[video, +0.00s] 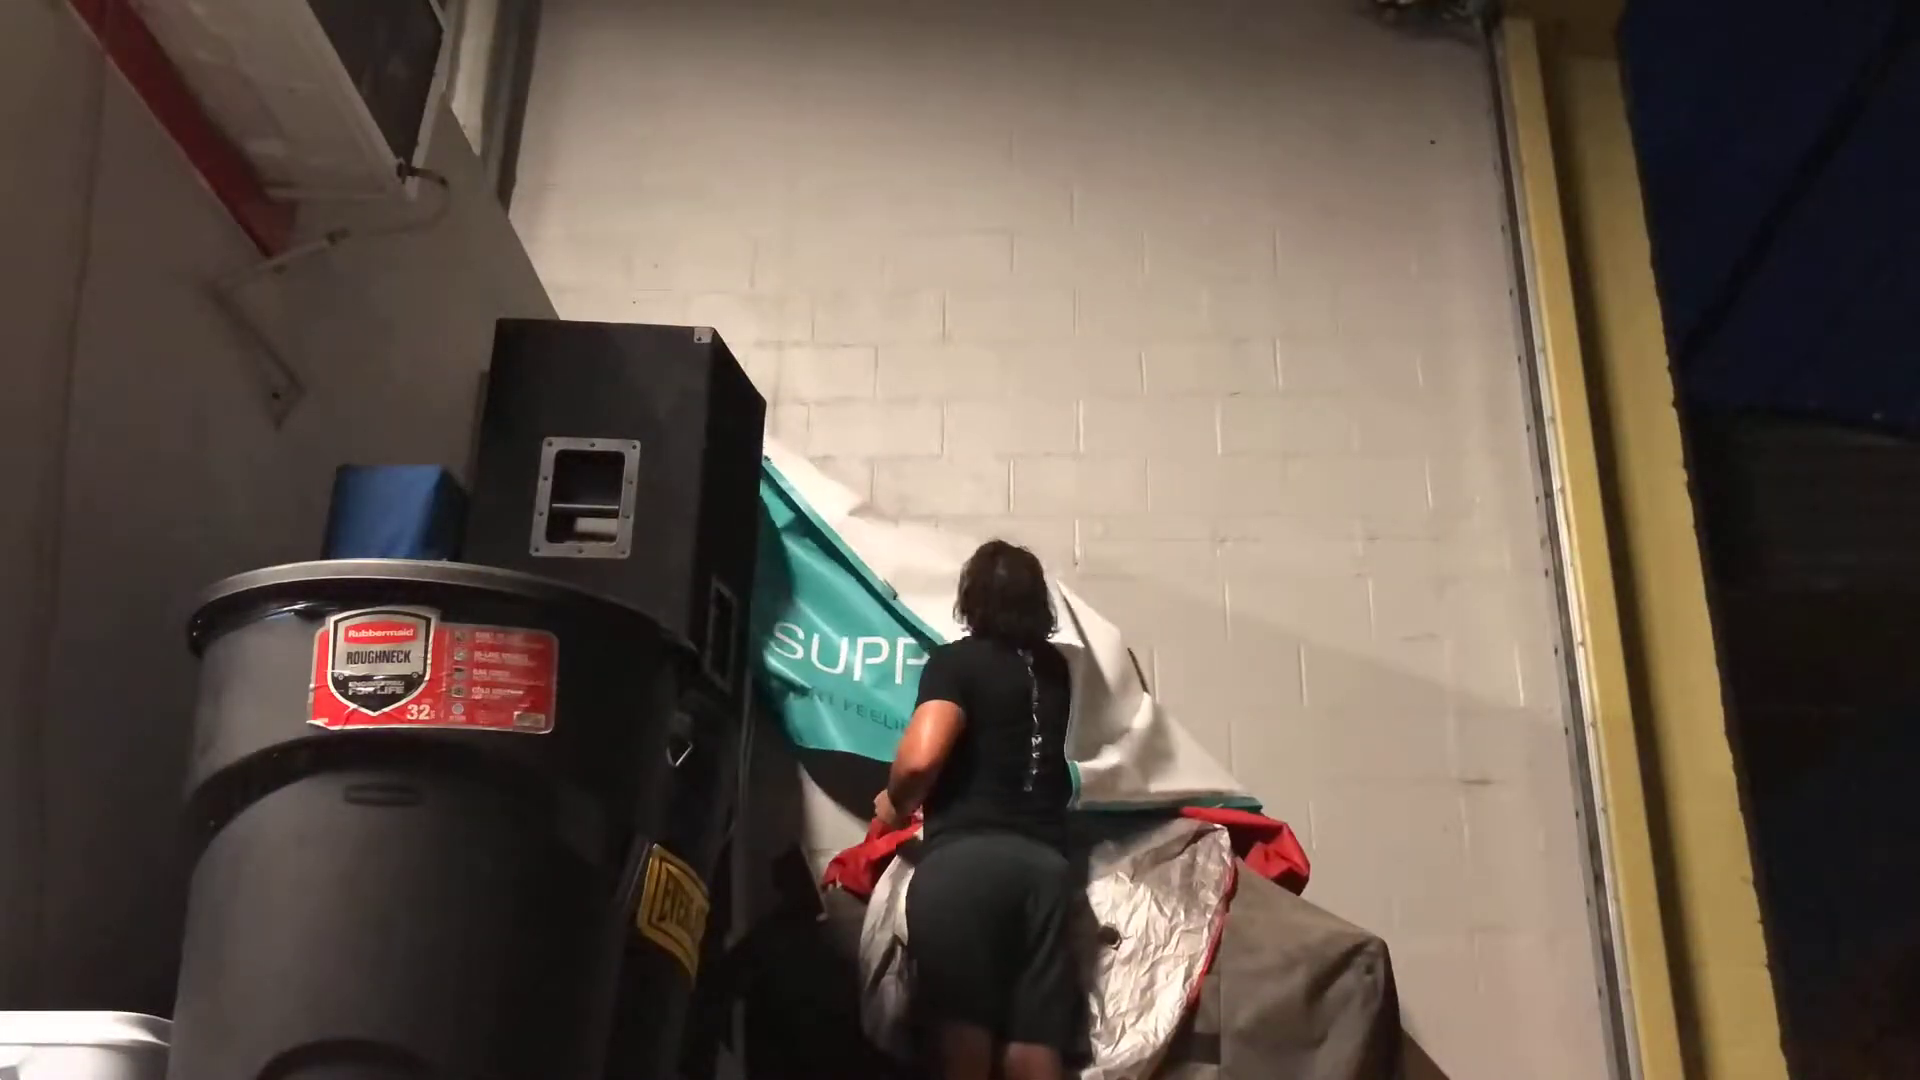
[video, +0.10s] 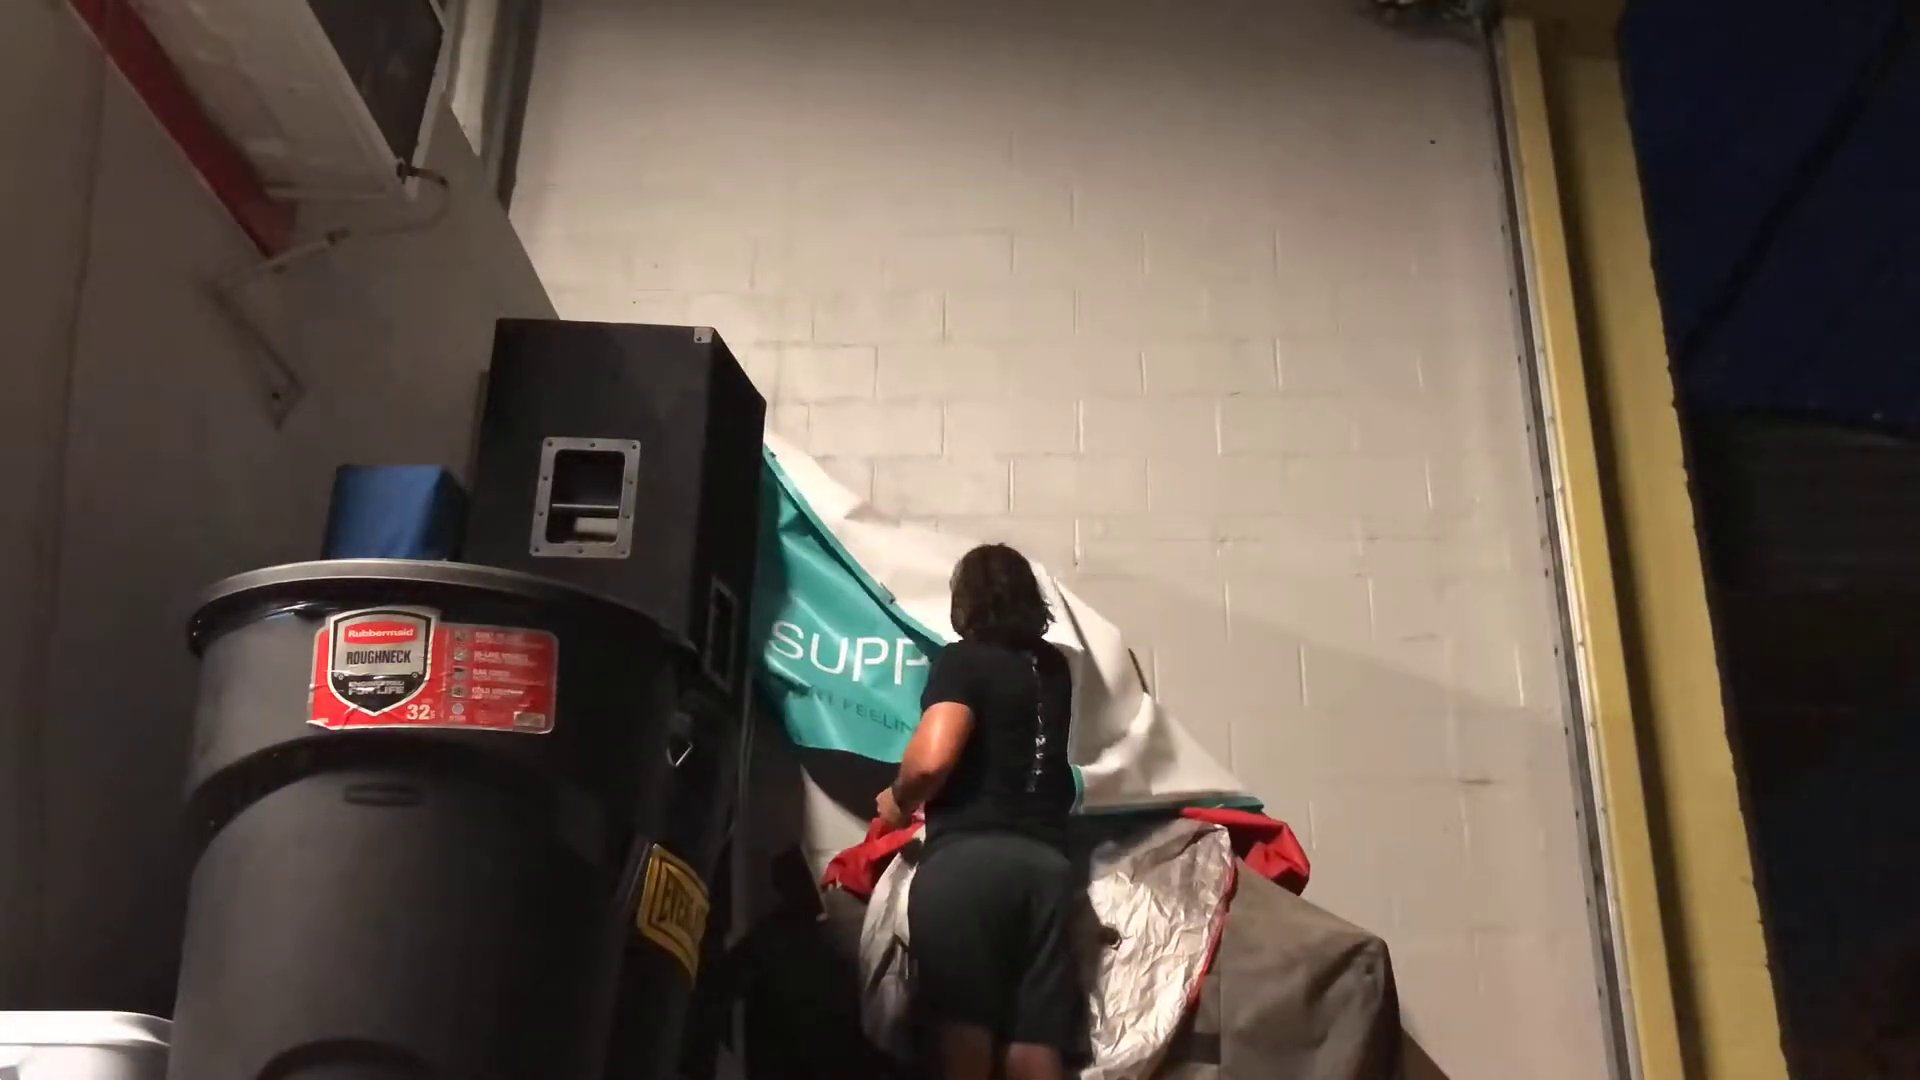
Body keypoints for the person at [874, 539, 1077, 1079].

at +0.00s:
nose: (965, 600)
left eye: (967, 590)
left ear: (970, 599)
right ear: (1038, 600)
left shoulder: (955, 660)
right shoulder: (1056, 669)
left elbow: (920, 759)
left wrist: (893, 804)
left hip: (965, 851)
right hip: (1046, 858)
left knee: (961, 1038)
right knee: (1037, 1044)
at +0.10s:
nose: (954, 603)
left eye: (957, 594)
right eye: (959, 594)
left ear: (964, 603)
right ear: (1032, 601)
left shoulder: (962, 660)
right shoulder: (1056, 667)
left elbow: (931, 760)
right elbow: (1038, 757)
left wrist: (897, 799)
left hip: (969, 853)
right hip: (1048, 858)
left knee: (962, 1037)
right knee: (1037, 1043)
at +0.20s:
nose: (956, 594)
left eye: (959, 584)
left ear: (962, 594)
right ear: (1030, 593)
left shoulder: (960, 660)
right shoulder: (1063, 665)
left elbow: (923, 767)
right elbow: (1051, 757)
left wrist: (901, 806)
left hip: (967, 856)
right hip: (1049, 862)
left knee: (962, 1041)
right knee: (1037, 1049)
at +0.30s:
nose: (952, 602)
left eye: (955, 592)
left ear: (958, 601)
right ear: (1027, 599)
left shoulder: (956, 661)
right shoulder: (1058, 667)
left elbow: (919, 766)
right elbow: (1046, 760)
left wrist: (901, 806)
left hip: (966, 853)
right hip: (1047, 859)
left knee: (962, 1039)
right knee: (1037, 1046)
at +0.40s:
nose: (952, 599)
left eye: (956, 590)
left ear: (961, 598)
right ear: (1026, 597)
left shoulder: (954, 659)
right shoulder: (1058, 664)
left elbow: (917, 767)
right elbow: (1048, 760)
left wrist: (901, 809)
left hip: (965, 855)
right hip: (1047, 861)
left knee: (962, 1040)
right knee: (1037, 1048)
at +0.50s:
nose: (957, 605)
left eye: (961, 596)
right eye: (961, 595)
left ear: (972, 602)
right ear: (1038, 604)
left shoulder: (962, 658)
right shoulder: (1063, 672)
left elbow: (923, 762)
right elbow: (1044, 764)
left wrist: (903, 803)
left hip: (966, 856)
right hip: (1047, 862)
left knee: (962, 1041)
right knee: (1037, 1047)